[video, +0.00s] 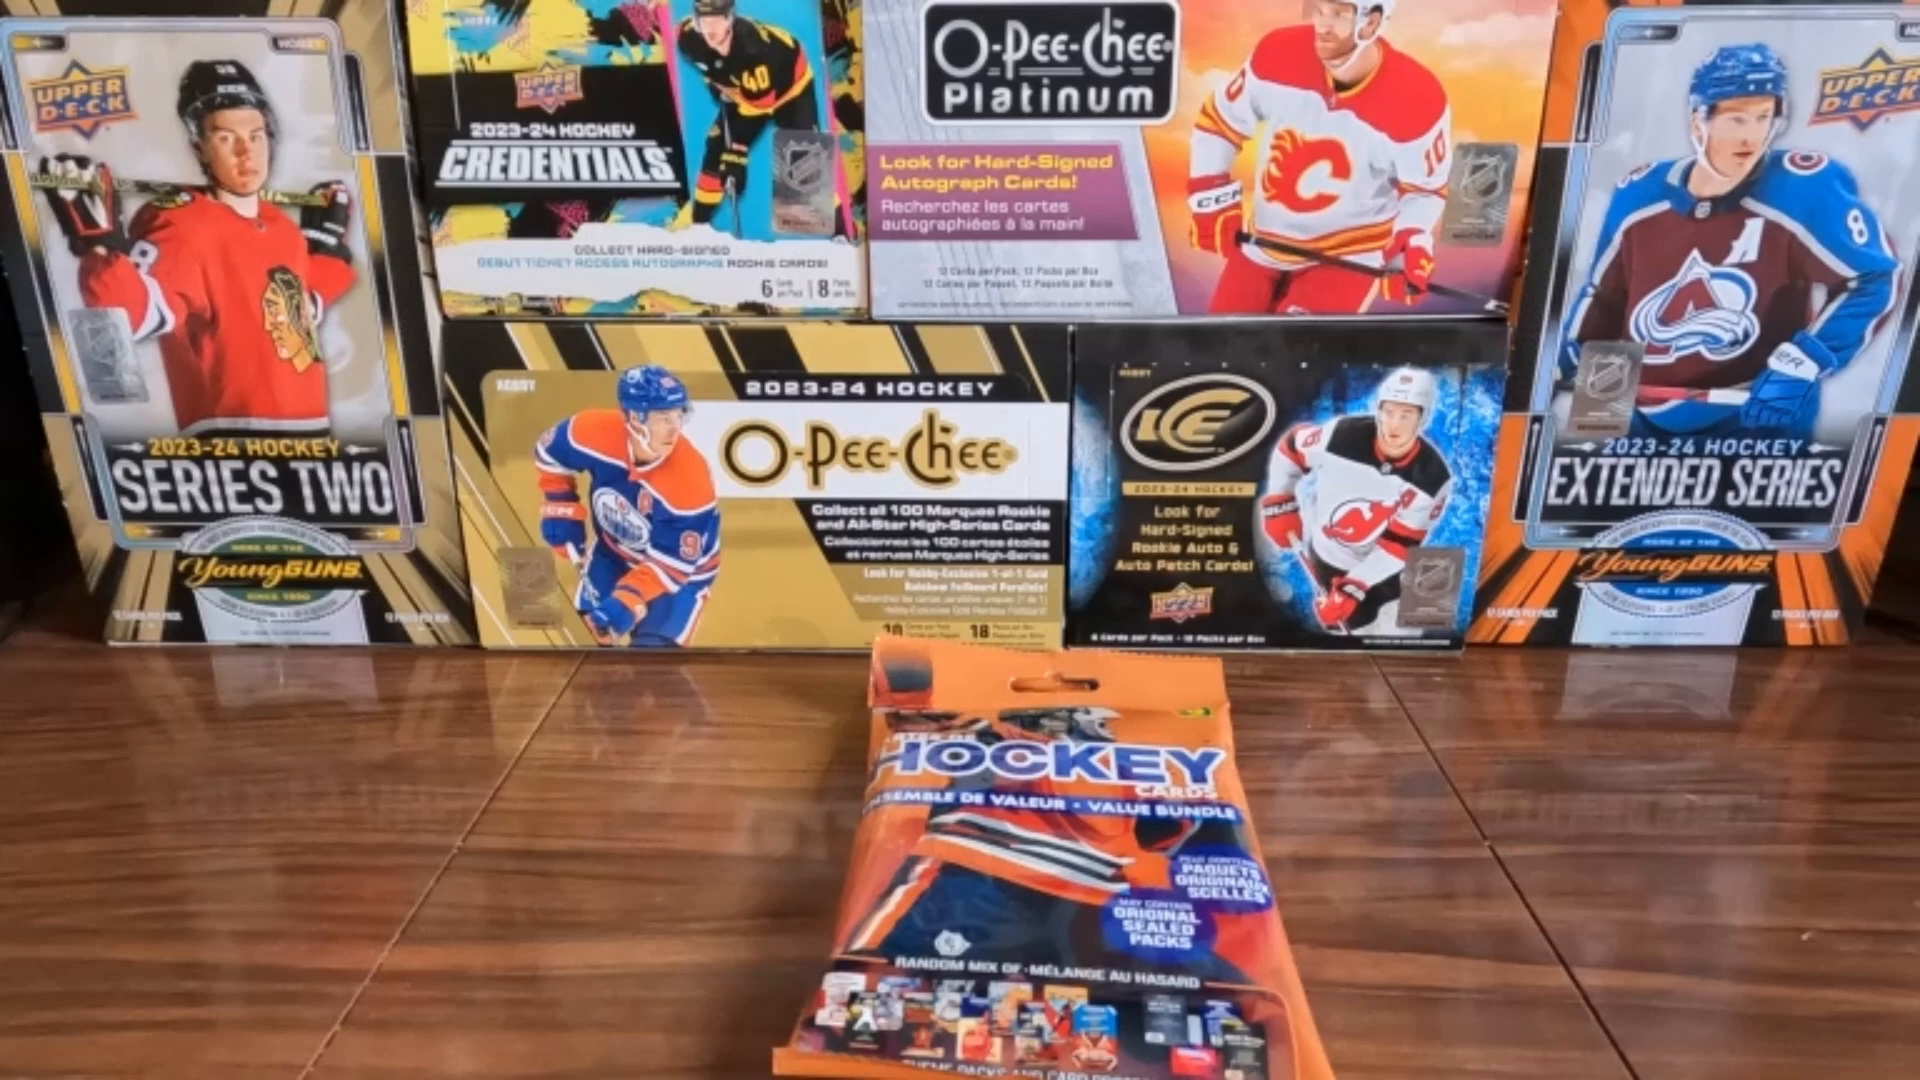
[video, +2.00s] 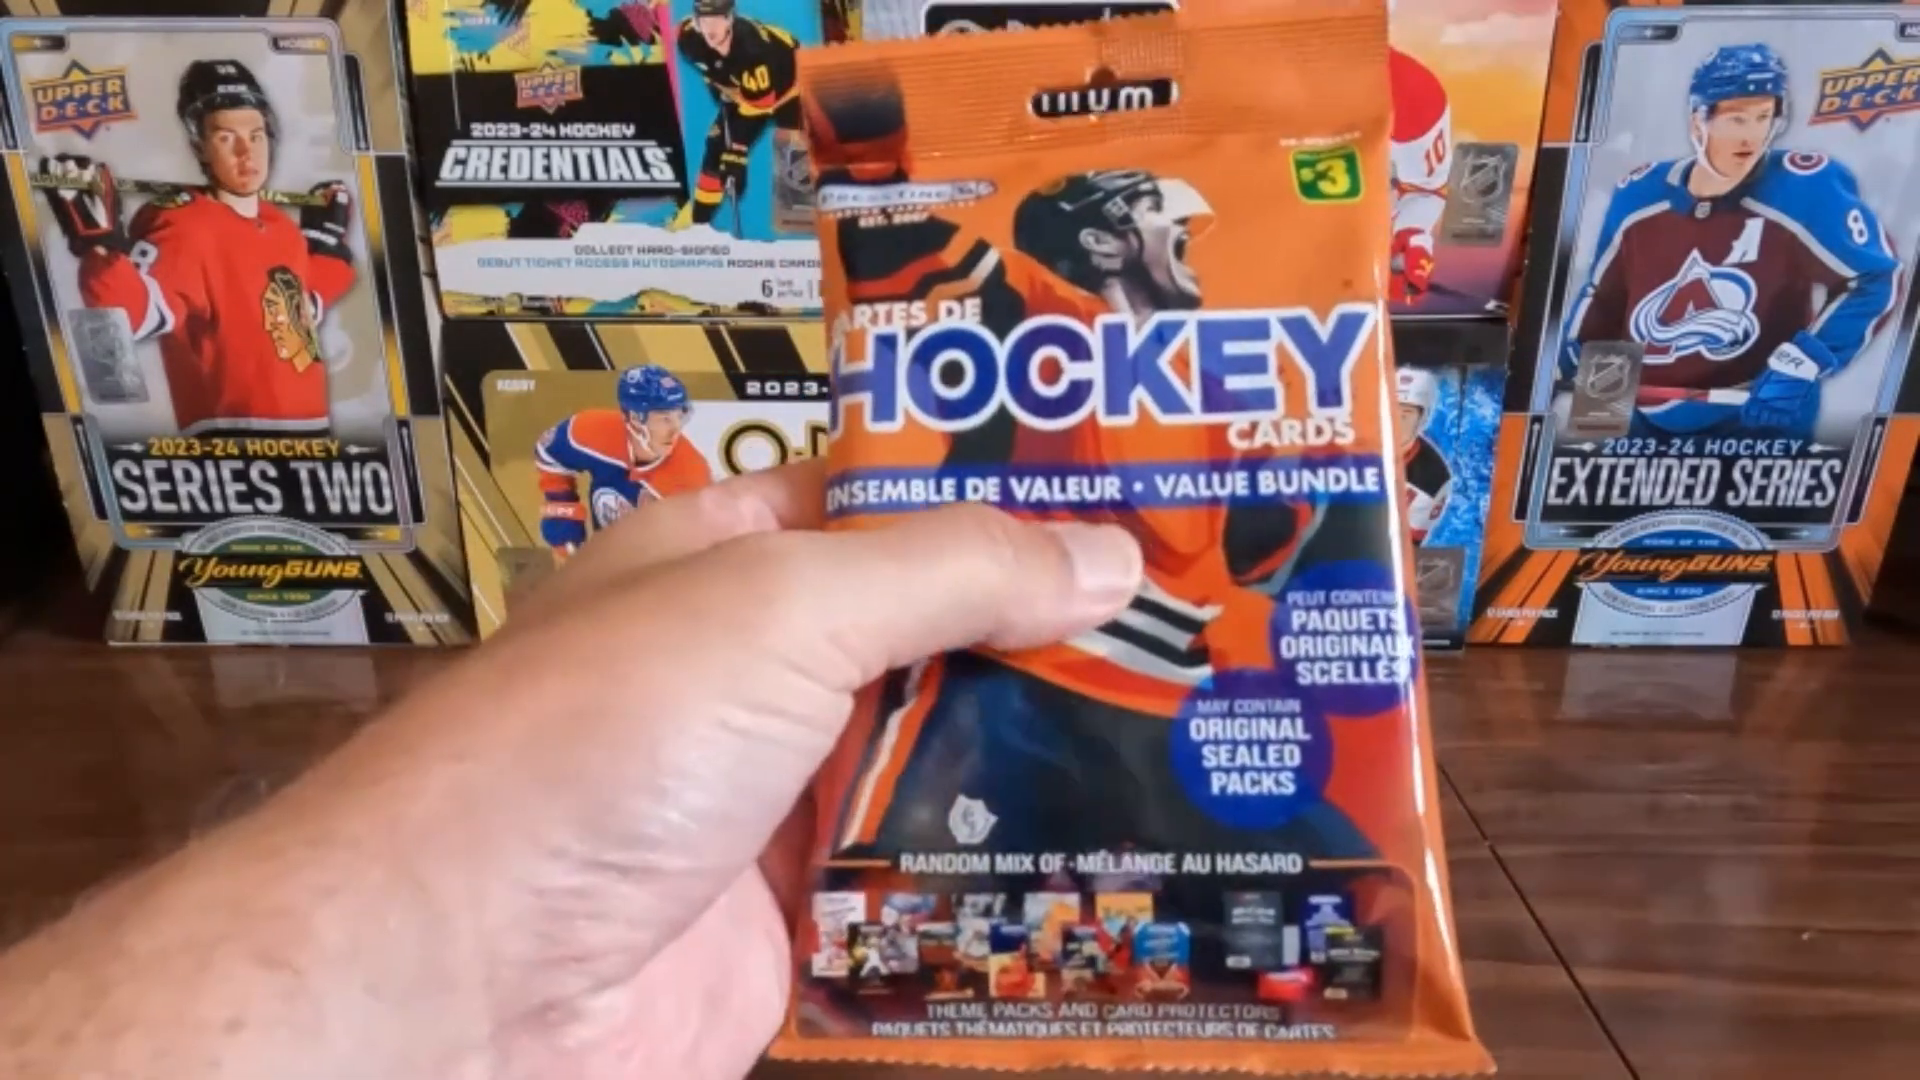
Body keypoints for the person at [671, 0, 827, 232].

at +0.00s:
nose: (710, 29)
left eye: (716, 21)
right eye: (704, 22)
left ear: (730, 18)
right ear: (696, 22)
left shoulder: (753, 47)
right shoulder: (689, 38)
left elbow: (759, 107)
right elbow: (707, 69)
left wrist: (737, 153)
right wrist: (721, 88)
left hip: (791, 92)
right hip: (742, 98)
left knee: (805, 161)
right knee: (716, 147)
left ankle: (840, 230)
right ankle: (698, 222)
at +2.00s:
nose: (710, 29)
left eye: (716, 21)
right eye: (704, 21)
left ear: (729, 19)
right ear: (696, 21)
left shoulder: (751, 48)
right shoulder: (689, 37)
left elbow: (758, 108)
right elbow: (707, 69)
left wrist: (736, 154)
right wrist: (722, 90)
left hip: (785, 87)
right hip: (738, 95)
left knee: (792, 152)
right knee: (716, 147)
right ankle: (699, 219)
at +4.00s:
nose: (709, 32)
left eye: (715, 24)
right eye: (703, 24)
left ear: (729, 19)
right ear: (696, 22)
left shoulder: (755, 37)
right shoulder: (689, 38)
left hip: (761, 110)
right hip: (729, 110)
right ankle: (698, 224)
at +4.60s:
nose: (710, 30)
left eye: (716, 22)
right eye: (704, 22)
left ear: (730, 18)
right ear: (696, 20)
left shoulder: (752, 35)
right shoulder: (688, 39)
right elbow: (710, 73)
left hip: (761, 111)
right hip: (727, 111)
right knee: (714, 161)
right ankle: (700, 220)